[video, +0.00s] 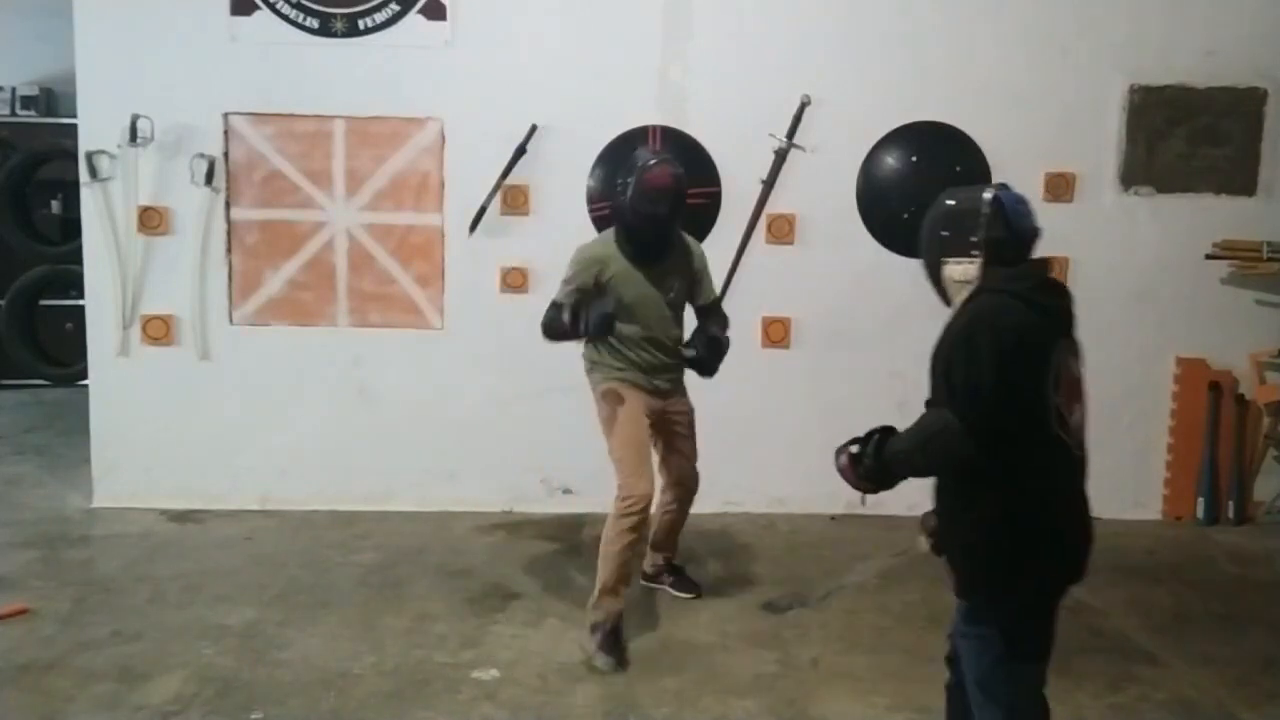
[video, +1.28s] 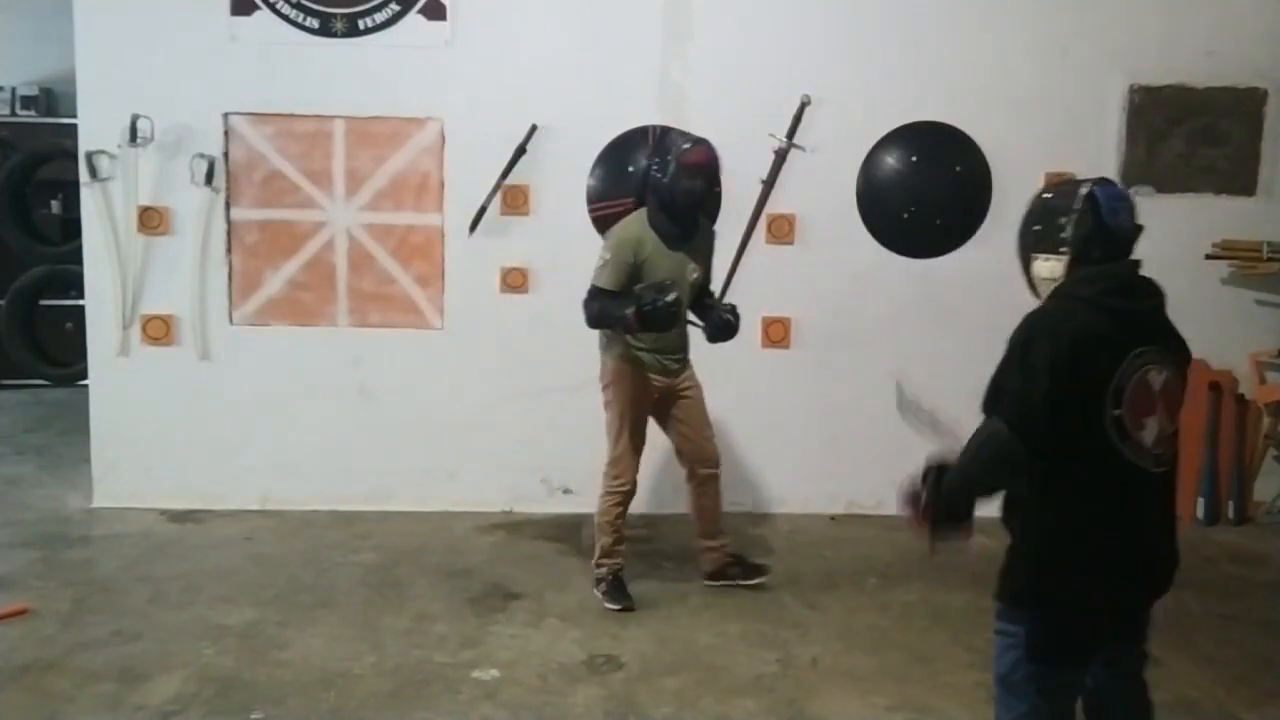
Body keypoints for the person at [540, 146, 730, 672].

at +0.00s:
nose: (658, 218)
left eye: (666, 208)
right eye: (649, 207)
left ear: (676, 210)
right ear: (627, 207)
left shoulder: (688, 253)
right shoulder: (595, 256)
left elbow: (712, 313)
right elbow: (552, 323)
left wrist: (710, 342)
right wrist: (585, 319)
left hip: (670, 382)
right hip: (618, 380)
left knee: (682, 482)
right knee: (636, 495)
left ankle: (659, 564)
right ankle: (605, 619)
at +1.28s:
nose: (698, 189)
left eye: (704, 180)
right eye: (688, 179)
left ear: (710, 186)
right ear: (663, 182)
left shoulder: (701, 236)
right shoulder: (628, 236)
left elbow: (696, 293)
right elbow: (594, 308)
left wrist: (715, 317)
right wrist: (638, 313)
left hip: (676, 367)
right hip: (628, 366)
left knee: (704, 460)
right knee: (622, 472)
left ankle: (716, 561)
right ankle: (608, 571)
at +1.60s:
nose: (757, 192)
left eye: (762, 183)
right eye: (747, 181)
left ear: (766, 186)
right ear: (718, 182)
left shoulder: (760, 239)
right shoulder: (687, 236)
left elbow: (765, 298)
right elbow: (652, 308)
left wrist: (779, 321)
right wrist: (692, 312)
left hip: (738, 378)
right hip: (687, 377)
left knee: (759, 468)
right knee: (673, 477)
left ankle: (745, 566)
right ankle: (620, 564)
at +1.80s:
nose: (785, 189)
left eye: (792, 179)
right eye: (776, 177)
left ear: (798, 182)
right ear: (748, 176)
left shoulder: (794, 235)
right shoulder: (714, 233)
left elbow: (805, 292)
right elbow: (679, 305)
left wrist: (821, 312)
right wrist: (719, 306)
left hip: (762, 368)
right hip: (713, 363)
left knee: (769, 467)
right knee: (726, 464)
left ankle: (747, 568)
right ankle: (692, 575)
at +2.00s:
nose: (802, 202)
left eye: (811, 193)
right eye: (793, 190)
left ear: (818, 198)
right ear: (767, 188)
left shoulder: (813, 251)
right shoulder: (733, 244)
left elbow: (835, 314)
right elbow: (708, 319)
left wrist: (836, 306)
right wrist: (763, 304)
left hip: (775, 375)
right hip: (727, 371)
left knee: (787, 482)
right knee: (761, 481)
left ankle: (751, 567)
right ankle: (738, 596)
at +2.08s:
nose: (810, 221)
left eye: (818, 212)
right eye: (803, 208)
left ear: (823, 215)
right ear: (776, 203)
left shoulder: (810, 259)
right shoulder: (748, 253)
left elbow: (851, 331)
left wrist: (837, 290)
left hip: (773, 382)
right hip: (727, 377)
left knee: (796, 493)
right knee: (772, 487)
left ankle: (754, 567)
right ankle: (742, 589)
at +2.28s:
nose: (831, 244)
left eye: (837, 234)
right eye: (822, 231)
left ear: (840, 234)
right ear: (791, 226)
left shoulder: (825, 285)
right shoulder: (758, 278)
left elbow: (845, 360)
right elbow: (762, 363)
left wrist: (859, 333)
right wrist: (821, 346)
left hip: (789, 400)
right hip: (741, 400)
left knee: (825, 510)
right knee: (788, 507)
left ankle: (760, 557)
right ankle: (770, 629)